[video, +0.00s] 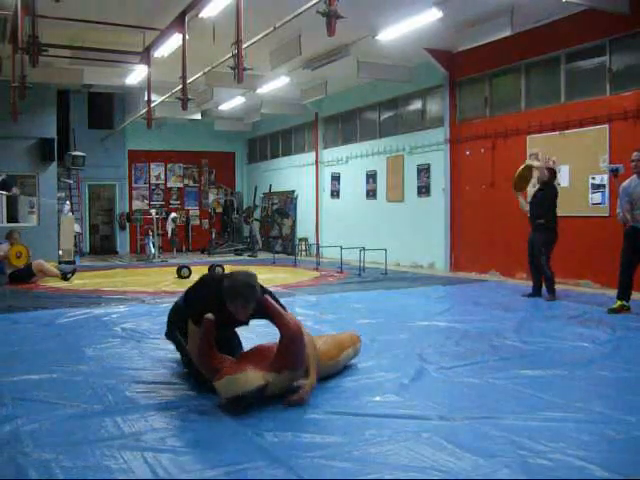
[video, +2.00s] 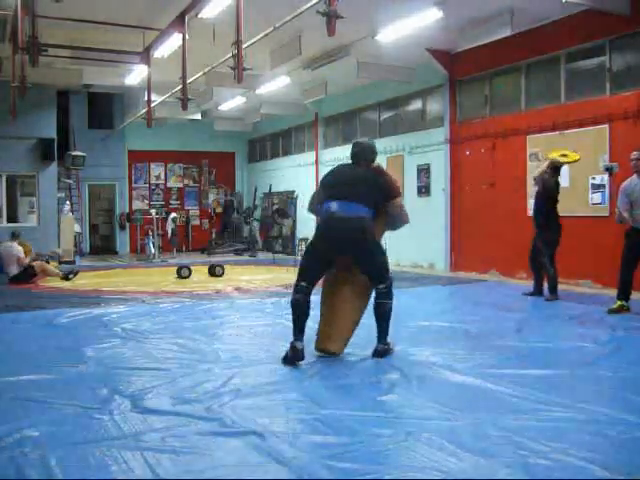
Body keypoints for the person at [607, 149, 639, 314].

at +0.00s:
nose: (634, 164)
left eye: (636, 161)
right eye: (633, 161)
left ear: (639, 163)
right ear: (631, 164)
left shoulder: (630, 187)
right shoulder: (627, 186)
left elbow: (624, 209)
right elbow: (623, 208)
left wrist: (629, 220)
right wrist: (627, 221)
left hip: (634, 228)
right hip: (633, 228)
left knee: (628, 264)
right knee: (626, 264)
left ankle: (623, 299)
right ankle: (623, 299)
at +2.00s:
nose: (634, 163)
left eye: (636, 160)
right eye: (633, 160)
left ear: (639, 162)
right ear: (631, 163)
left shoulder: (629, 186)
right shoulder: (627, 186)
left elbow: (624, 209)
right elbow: (623, 209)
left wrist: (629, 222)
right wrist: (629, 222)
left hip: (634, 229)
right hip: (633, 229)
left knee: (628, 265)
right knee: (627, 265)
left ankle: (623, 299)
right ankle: (622, 299)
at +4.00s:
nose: (634, 165)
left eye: (636, 161)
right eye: (633, 162)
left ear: (639, 165)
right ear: (630, 165)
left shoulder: (628, 187)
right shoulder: (627, 186)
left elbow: (622, 212)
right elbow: (622, 211)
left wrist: (628, 218)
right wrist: (627, 218)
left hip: (635, 228)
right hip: (635, 228)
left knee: (636, 268)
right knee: (636, 268)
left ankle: (639, 300)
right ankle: (638, 300)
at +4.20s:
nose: (635, 165)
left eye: (637, 161)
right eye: (634, 161)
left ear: (639, 165)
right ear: (632, 164)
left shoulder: (629, 187)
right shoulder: (629, 187)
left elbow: (625, 214)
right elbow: (624, 214)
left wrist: (631, 219)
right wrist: (630, 218)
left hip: (636, 229)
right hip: (635, 228)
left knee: (637, 267)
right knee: (636, 267)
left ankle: (639, 300)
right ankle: (639, 300)